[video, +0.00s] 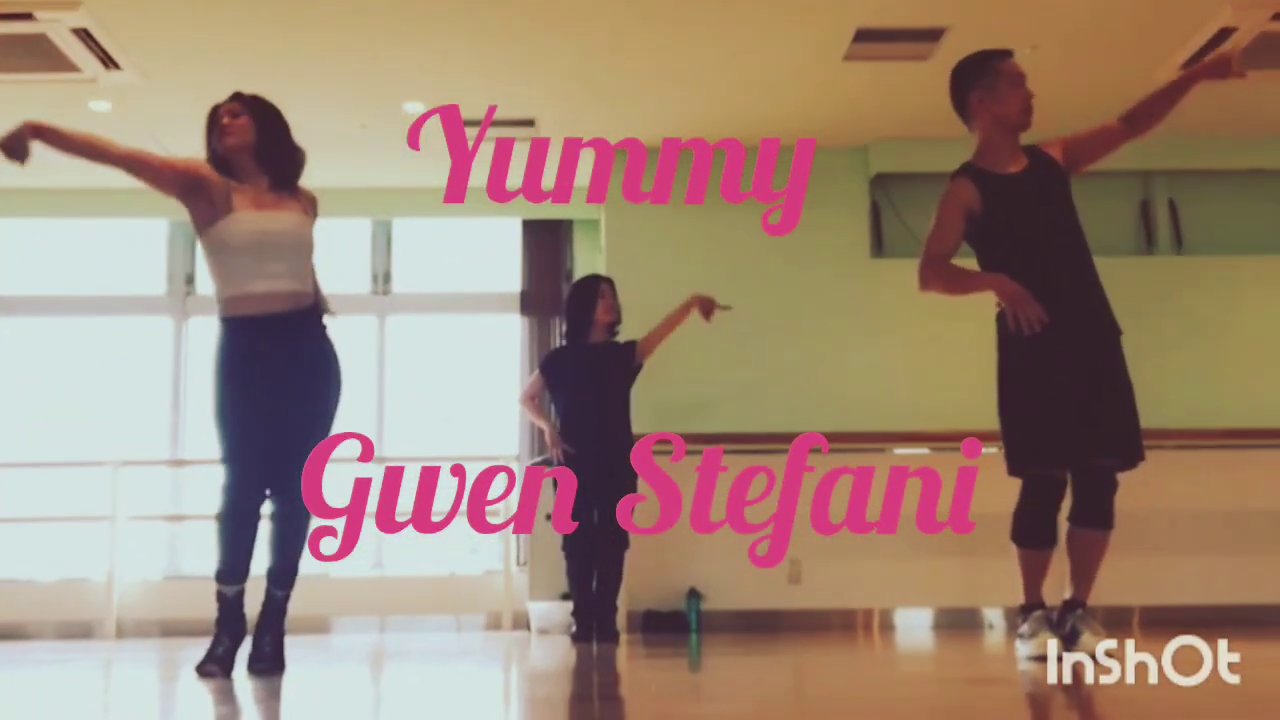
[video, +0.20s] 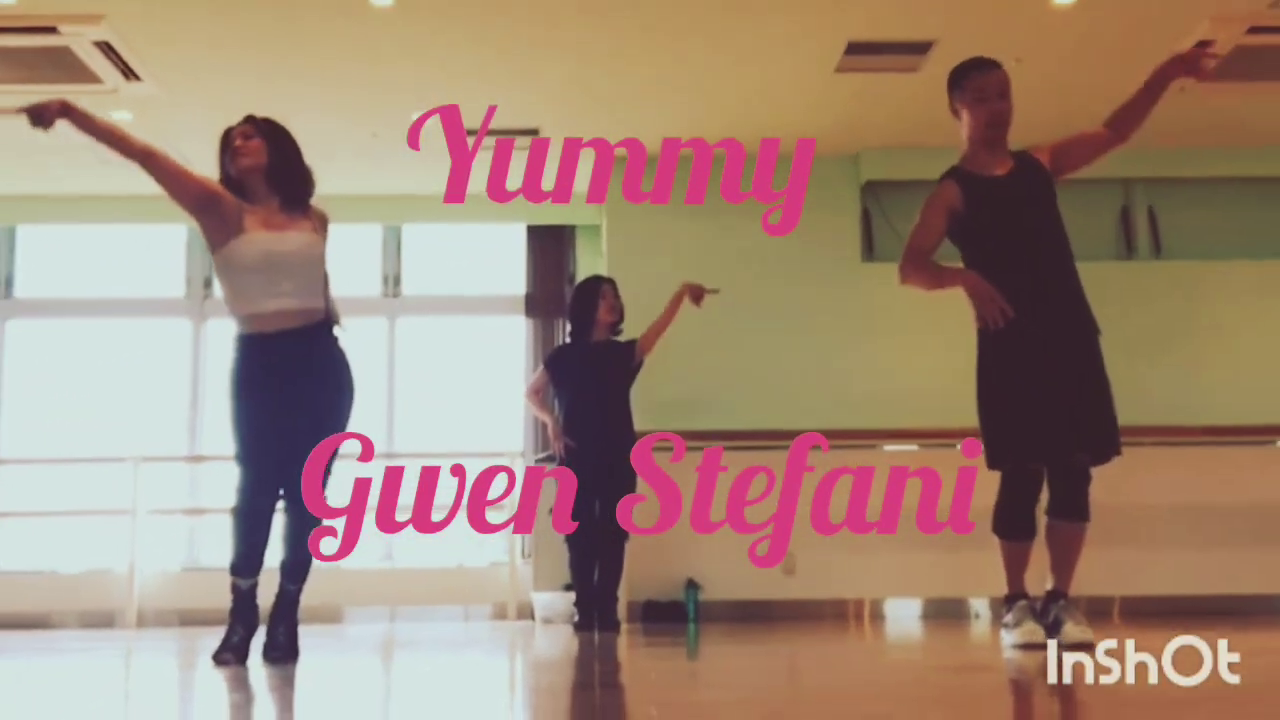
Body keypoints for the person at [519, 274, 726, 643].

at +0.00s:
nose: (612, 304)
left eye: (613, 298)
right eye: (603, 298)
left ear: (615, 305)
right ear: (584, 306)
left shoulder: (624, 354)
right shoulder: (560, 359)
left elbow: (661, 332)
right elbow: (527, 399)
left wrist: (693, 302)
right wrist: (548, 428)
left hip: (617, 460)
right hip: (576, 461)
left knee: (612, 545)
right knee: (578, 545)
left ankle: (606, 621)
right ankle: (583, 621)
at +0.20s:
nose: (615, 305)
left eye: (616, 299)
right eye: (606, 299)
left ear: (618, 306)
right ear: (587, 306)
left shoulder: (624, 353)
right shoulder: (564, 355)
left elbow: (656, 330)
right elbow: (534, 392)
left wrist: (683, 292)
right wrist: (552, 422)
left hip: (618, 455)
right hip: (579, 455)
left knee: (613, 538)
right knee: (581, 538)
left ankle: (607, 611)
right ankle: (585, 612)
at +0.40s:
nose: (614, 304)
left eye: (616, 299)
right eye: (606, 299)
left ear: (621, 306)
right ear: (590, 306)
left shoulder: (628, 347)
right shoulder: (571, 349)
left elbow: (672, 345)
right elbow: (543, 382)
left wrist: (678, 310)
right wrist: (560, 410)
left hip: (620, 441)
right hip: (583, 441)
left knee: (616, 514)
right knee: (588, 516)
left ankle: (611, 581)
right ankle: (590, 584)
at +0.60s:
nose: (610, 303)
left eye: (614, 298)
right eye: (604, 298)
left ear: (621, 304)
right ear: (593, 304)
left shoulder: (630, 339)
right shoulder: (581, 341)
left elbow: (658, 366)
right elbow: (560, 371)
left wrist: (663, 360)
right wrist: (572, 397)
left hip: (622, 423)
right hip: (590, 422)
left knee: (619, 490)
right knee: (595, 490)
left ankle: (616, 548)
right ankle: (597, 548)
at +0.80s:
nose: (611, 311)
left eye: (615, 306)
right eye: (606, 307)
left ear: (623, 311)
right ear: (598, 312)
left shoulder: (633, 340)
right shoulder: (590, 343)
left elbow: (657, 366)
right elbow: (574, 371)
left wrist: (644, 390)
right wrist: (579, 393)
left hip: (624, 413)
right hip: (597, 413)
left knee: (619, 474)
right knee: (600, 473)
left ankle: (618, 528)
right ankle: (602, 527)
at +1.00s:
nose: (614, 326)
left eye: (618, 323)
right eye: (610, 323)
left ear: (625, 327)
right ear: (602, 328)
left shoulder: (635, 354)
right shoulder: (595, 359)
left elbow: (661, 375)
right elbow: (580, 382)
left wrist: (642, 388)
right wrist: (588, 403)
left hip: (628, 418)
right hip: (603, 418)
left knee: (621, 472)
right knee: (603, 471)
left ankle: (619, 522)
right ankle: (604, 524)